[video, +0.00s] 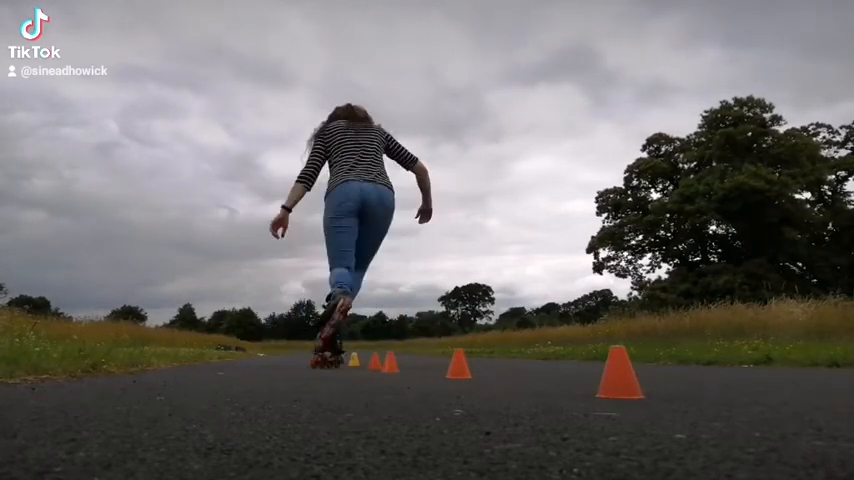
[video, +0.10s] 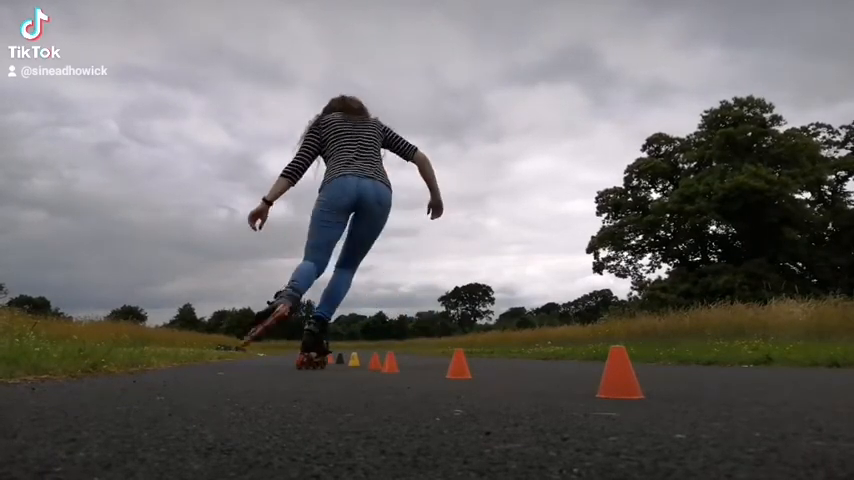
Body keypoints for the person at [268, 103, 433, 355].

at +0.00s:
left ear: (334, 118)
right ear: (362, 117)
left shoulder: (328, 131)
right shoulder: (377, 132)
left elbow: (309, 173)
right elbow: (420, 168)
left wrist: (286, 209)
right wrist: (427, 202)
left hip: (344, 192)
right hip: (382, 195)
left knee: (341, 263)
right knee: (359, 268)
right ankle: (332, 330)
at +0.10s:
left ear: (329, 110)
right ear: (360, 111)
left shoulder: (323, 122)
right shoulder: (374, 126)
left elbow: (299, 165)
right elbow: (421, 157)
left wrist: (266, 202)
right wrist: (436, 195)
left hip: (340, 185)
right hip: (379, 192)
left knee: (314, 259)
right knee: (348, 267)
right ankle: (317, 329)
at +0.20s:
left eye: (325, 106)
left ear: (328, 101)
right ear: (359, 102)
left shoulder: (319, 116)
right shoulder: (374, 117)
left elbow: (291, 158)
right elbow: (423, 144)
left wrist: (256, 196)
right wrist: (451, 180)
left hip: (339, 180)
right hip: (379, 189)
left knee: (295, 253)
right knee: (339, 265)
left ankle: (256, 309)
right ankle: (308, 326)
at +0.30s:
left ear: (333, 91)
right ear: (364, 93)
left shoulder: (319, 107)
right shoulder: (376, 108)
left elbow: (293, 151)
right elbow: (421, 127)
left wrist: (264, 192)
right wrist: (461, 159)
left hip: (336, 178)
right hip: (379, 185)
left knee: (290, 247)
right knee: (331, 260)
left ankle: (262, 315)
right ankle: (305, 323)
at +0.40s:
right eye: (382, 87)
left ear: (344, 82)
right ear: (377, 84)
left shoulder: (326, 100)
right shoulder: (383, 94)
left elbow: (307, 147)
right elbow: (419, 109)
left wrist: (291, 189)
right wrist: (458, 139)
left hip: (336, 171)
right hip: (381, 177)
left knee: (303, 245)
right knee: (335, 256)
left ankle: (303, 317)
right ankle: (312, 320)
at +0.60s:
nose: (424, 79)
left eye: (424, 76)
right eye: (422, 75)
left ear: (384, 64)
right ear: (411, 67)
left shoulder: (364, 87)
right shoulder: (404, 70)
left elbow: (355, 116)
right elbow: (412, 78)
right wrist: (438, 97)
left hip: (355, 160)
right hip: (401, 159)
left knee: (369, 252)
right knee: (373, 251)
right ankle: (354, 313)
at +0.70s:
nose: (447, 78)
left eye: (449, 74)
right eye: (445, 71)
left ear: (402, 58)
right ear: (431, 60)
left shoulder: (381, 82)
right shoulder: (421, 63)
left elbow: (379, 117)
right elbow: (424, 67)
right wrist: (447, 85)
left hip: (372, 158)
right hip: (417, 154)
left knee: (401, 247)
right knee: (399, 248)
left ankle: (443, 326)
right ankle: (368, 298)